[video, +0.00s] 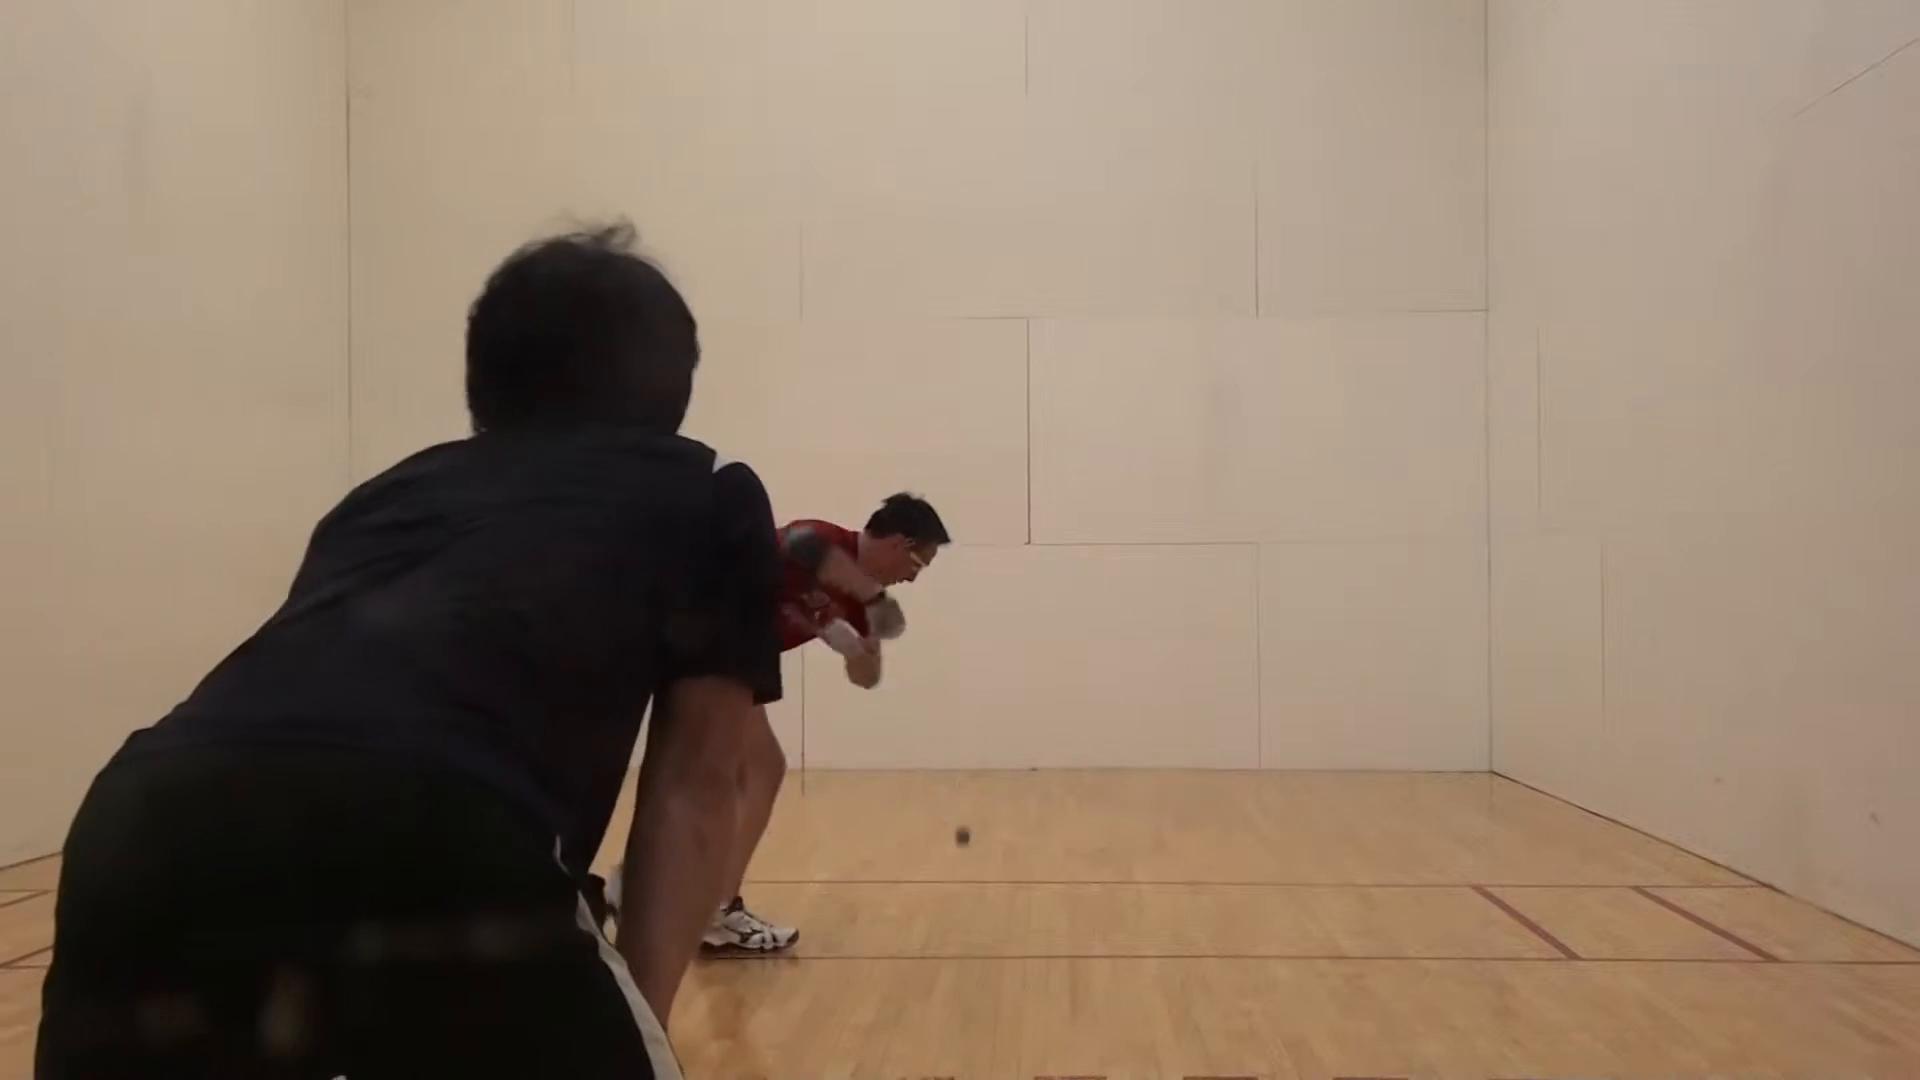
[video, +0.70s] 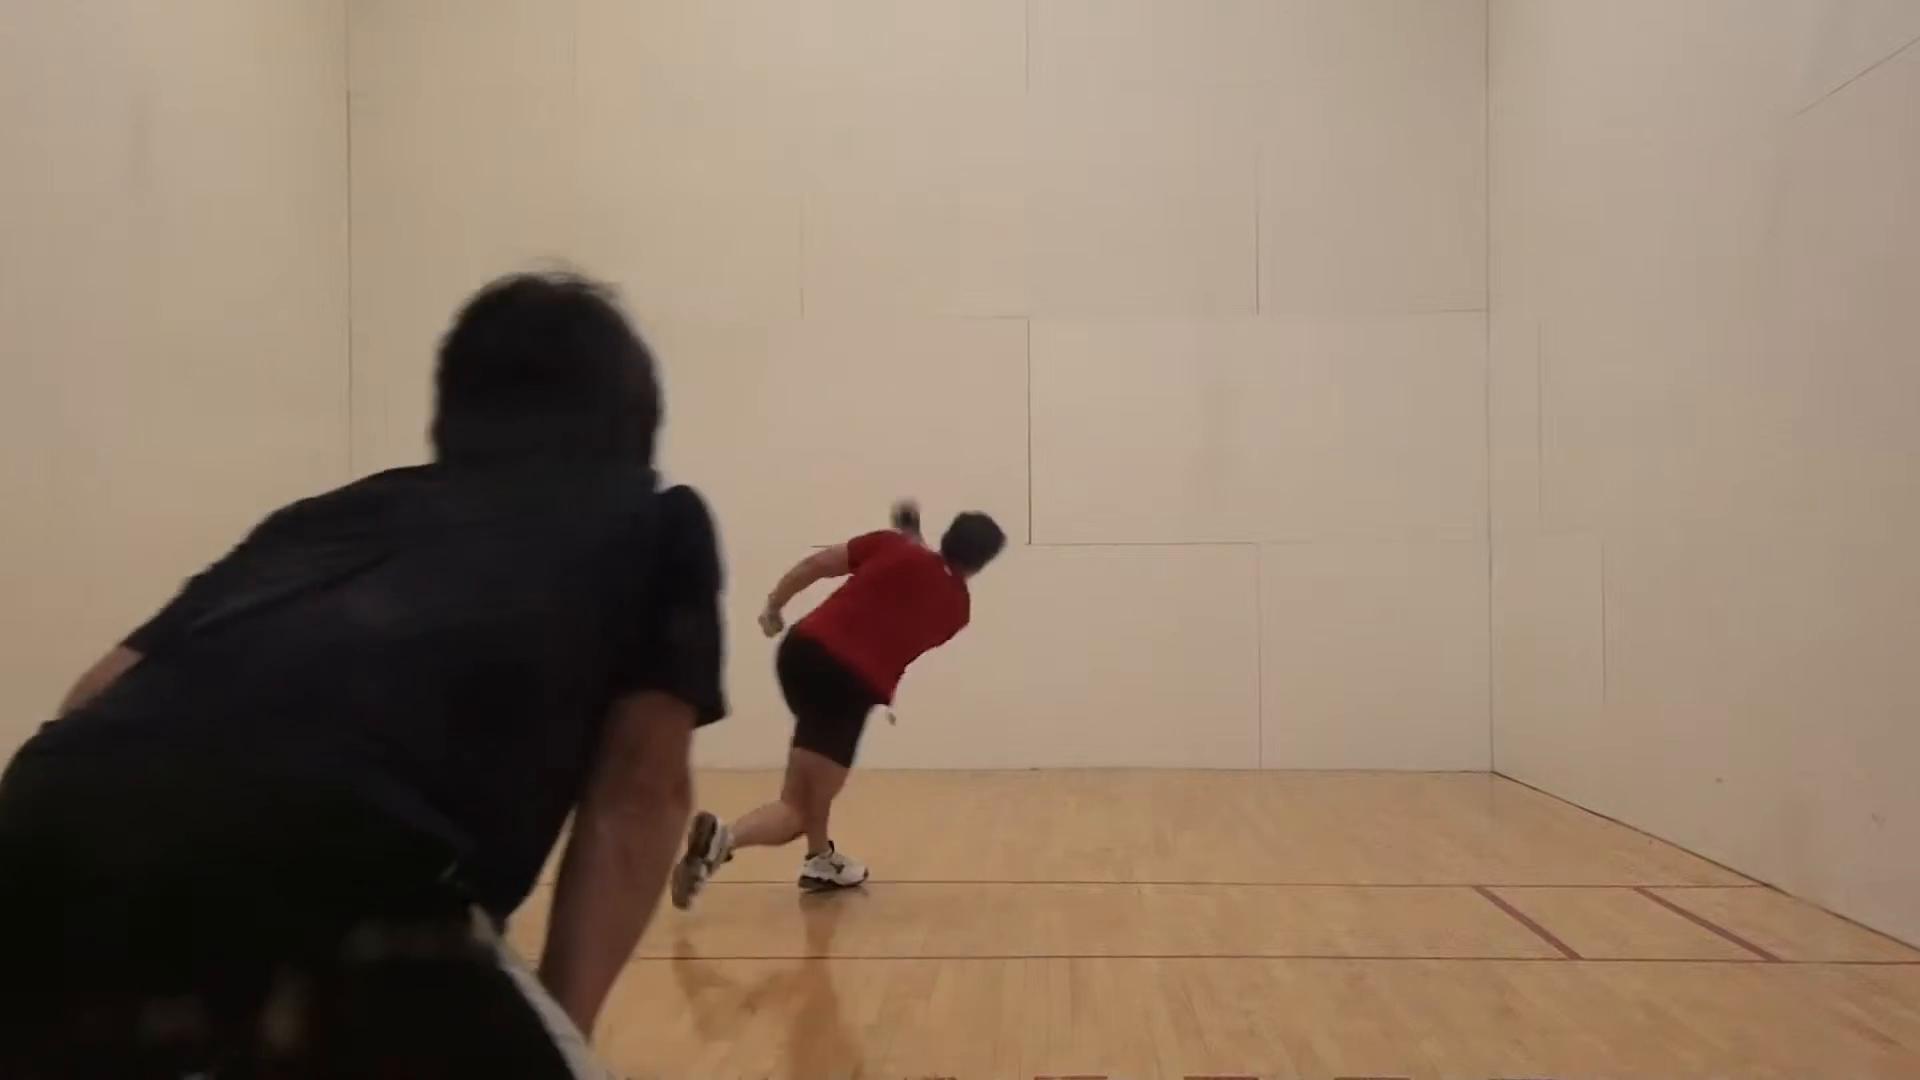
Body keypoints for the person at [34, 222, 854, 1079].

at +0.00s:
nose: (682, 400)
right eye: (683, 383)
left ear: (480, 393)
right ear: (669, 395)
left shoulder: (386, 490)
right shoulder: (702, 489)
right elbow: (708, 769)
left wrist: (745, 585)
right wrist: (638, 1020)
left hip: (148, 830)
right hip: (434, 846)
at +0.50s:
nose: (755, 445)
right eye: (755, 428)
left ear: (554, 423)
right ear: (746, 432)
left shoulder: (447, 507)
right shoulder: (757, 518)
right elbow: (728, 794)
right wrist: (619, 1028)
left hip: (135, 832)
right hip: (411, 849)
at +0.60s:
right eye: (715, 427)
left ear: (517, 424)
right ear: (705, 433)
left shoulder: (409, 508)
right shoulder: (719, 518)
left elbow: (161, 687)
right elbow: (690, 799)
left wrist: (219, 990)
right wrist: (592, 1027)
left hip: (114, 814)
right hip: (393, 840)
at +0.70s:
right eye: (648, 431)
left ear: (448, 419)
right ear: (637, 426)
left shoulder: (326, 512)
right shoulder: (650, 519)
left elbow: (99, 693)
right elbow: (642, 794)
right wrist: (554, 1039)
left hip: (48, 869)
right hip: (334, 888)